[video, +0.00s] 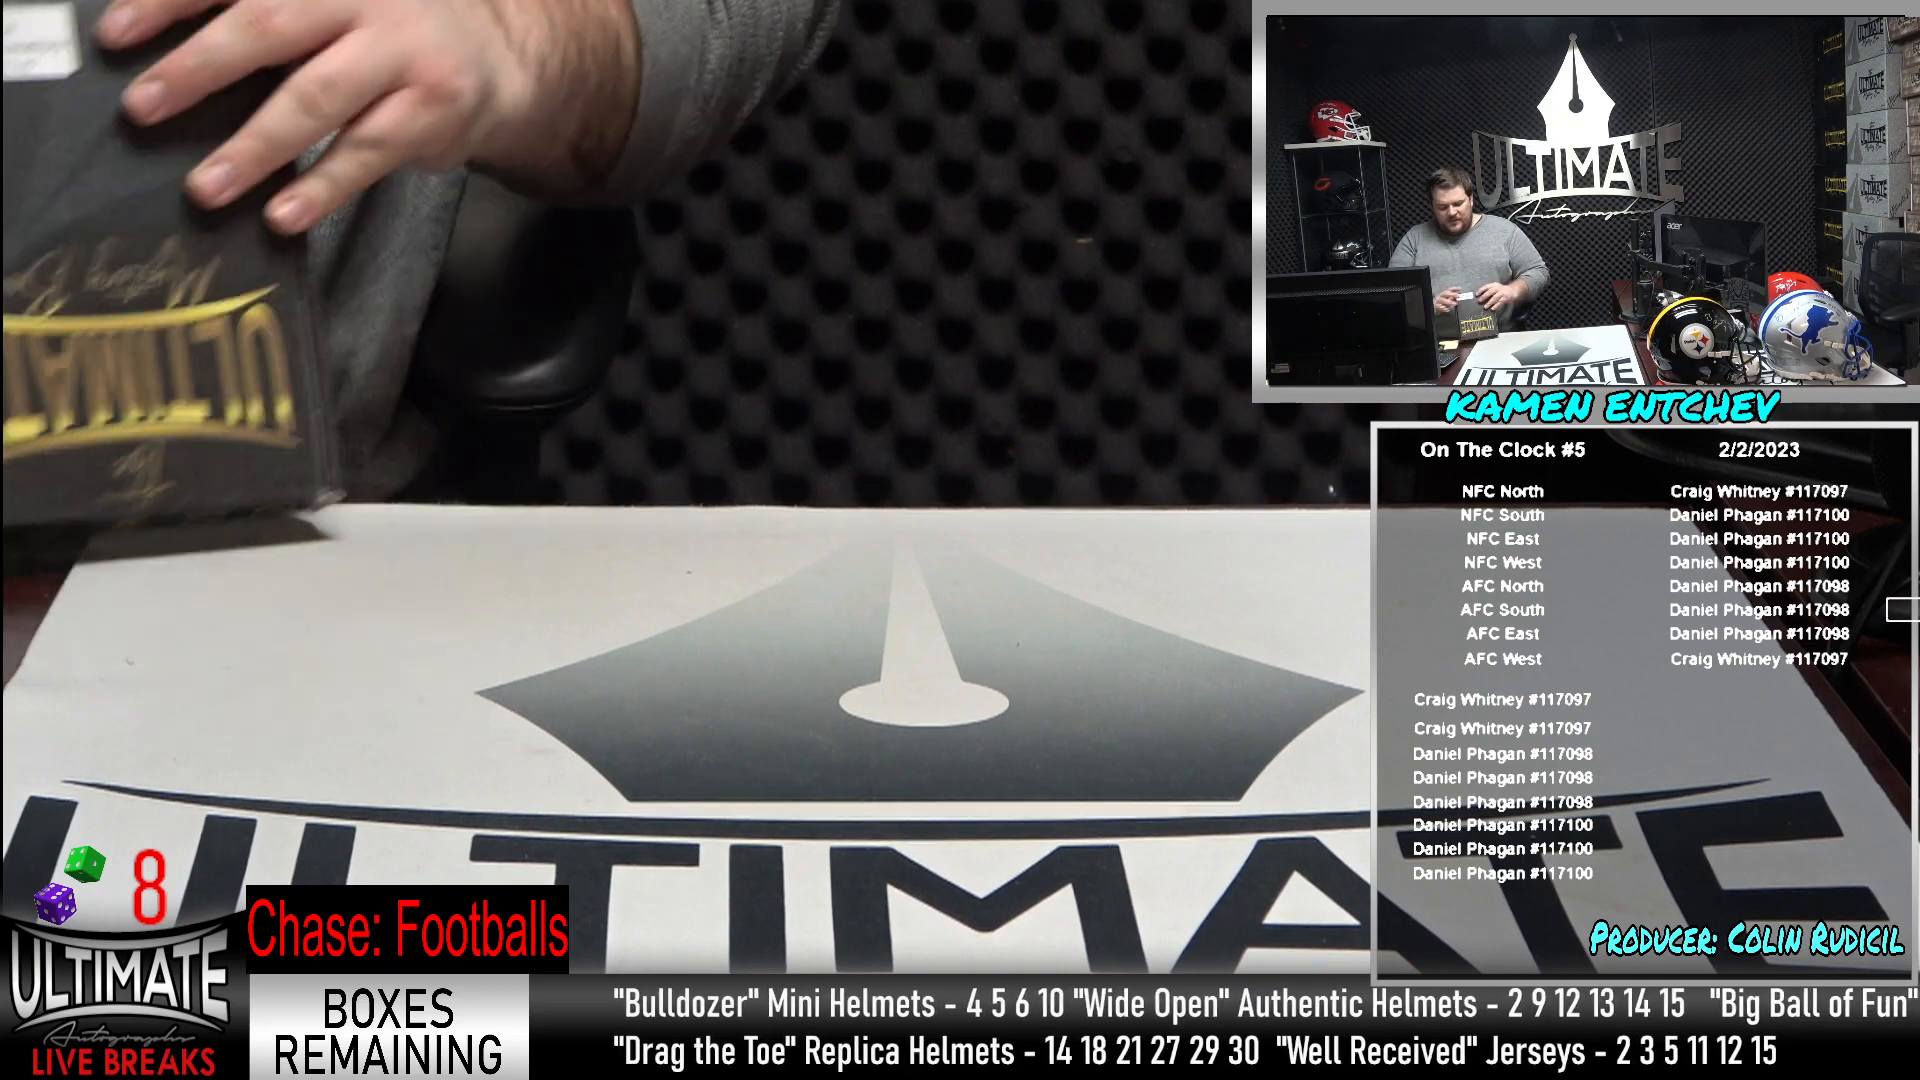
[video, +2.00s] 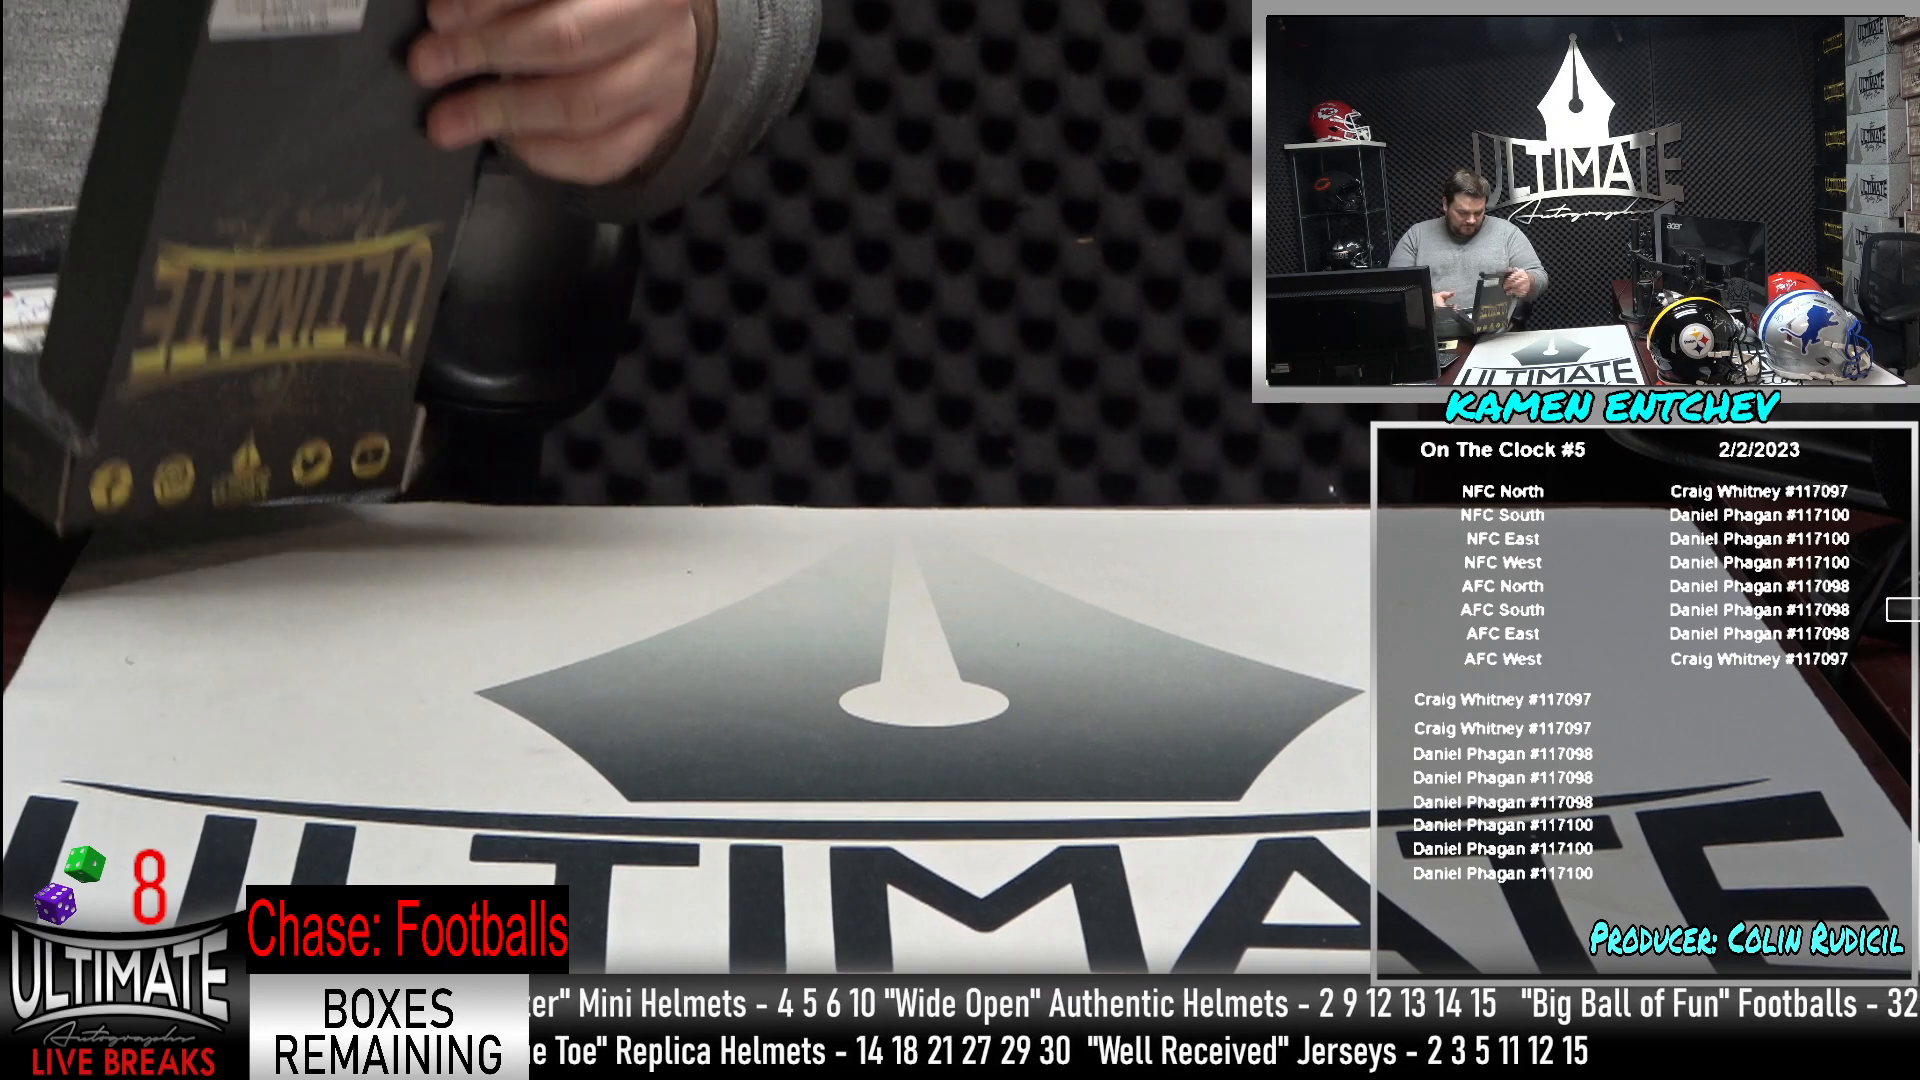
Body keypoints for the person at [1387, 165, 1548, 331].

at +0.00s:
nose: (1452, 213)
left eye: (1458, 204)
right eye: (1443, 207)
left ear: (1471, 199)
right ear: (1432, 206)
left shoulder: (1504, 231)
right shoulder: (1415, 240)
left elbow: (1538, 272)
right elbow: (1392, 290)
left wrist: (1512, 290)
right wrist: (1429, 303)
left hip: (1500, 347)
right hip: (1436, 353)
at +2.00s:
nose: (1471, 220)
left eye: (1478, 213)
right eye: (1463, 213)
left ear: (1485, 206)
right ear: (1445, 205)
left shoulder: (1506, 234)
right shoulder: (1417, 236)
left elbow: (1539, 275)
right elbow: (1393, 287)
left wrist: (1528, 283)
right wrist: (1424, 300)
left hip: (1496, 343)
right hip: (1434, 347)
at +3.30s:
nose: (1459, 213)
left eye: (1467, 206)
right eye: (1452, 205)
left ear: (1479, 204)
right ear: (1441, 202)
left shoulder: (1507, 234)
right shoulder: (1417, 236)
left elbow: (1527, 276)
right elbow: (1391, 289)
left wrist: (1548, 272)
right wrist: (1424, 293)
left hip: (1494, 347)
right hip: (1433, 351)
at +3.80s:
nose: (1461, 209)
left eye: (1468, 200)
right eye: (1452, 202)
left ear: (1480, 199)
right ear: (1441, 203)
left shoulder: (1508, 233)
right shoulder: (1418, 235)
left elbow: (1542, 277)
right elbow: (1392, 287)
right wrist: (1428, 289)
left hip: (1496, 346)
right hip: (1434, 351)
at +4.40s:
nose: (1474, 209)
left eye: (1480, 201)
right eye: (1465, 202)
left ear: (1489, 200)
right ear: (1450, 201)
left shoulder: (1511, 234)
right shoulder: (1424, 234)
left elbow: (1541, 283)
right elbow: (1389, 280)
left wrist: (1507, 282)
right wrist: (1422, 301)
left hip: (1497, 346)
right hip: (1437, 350)